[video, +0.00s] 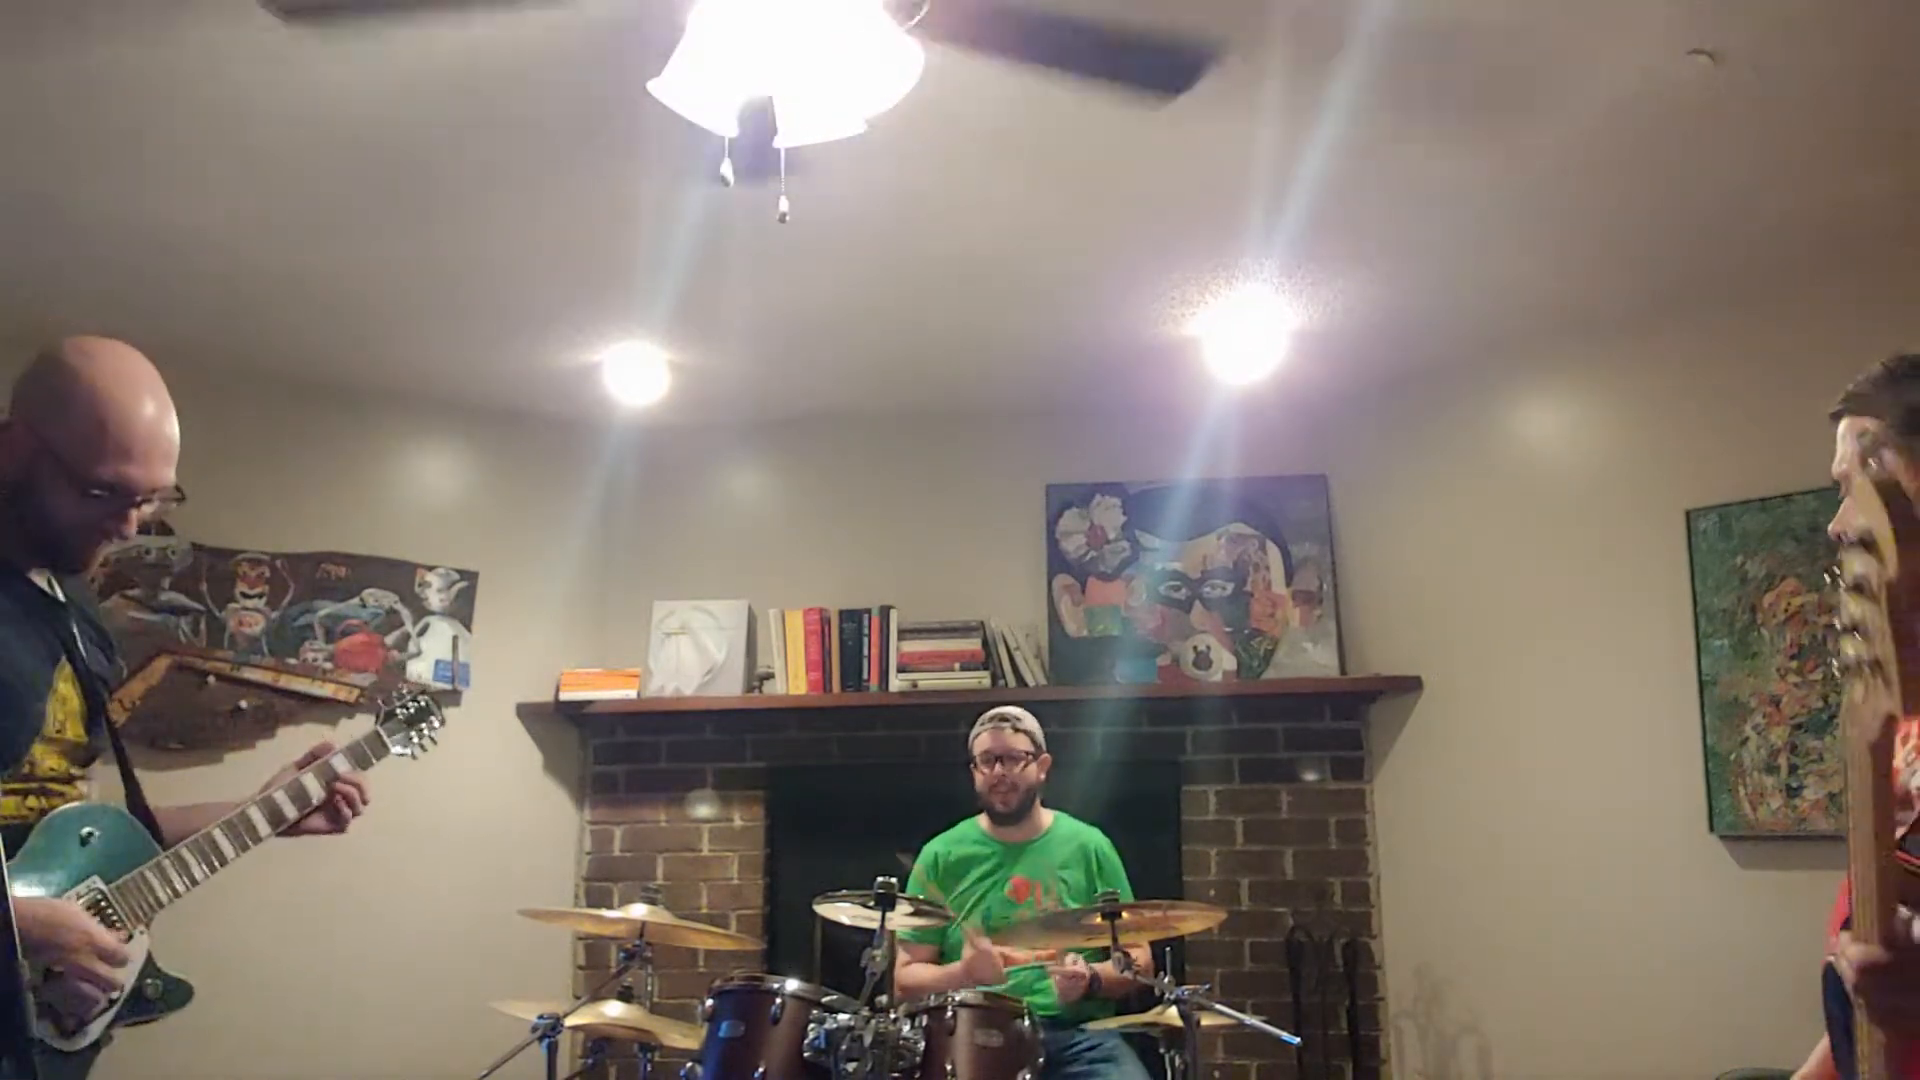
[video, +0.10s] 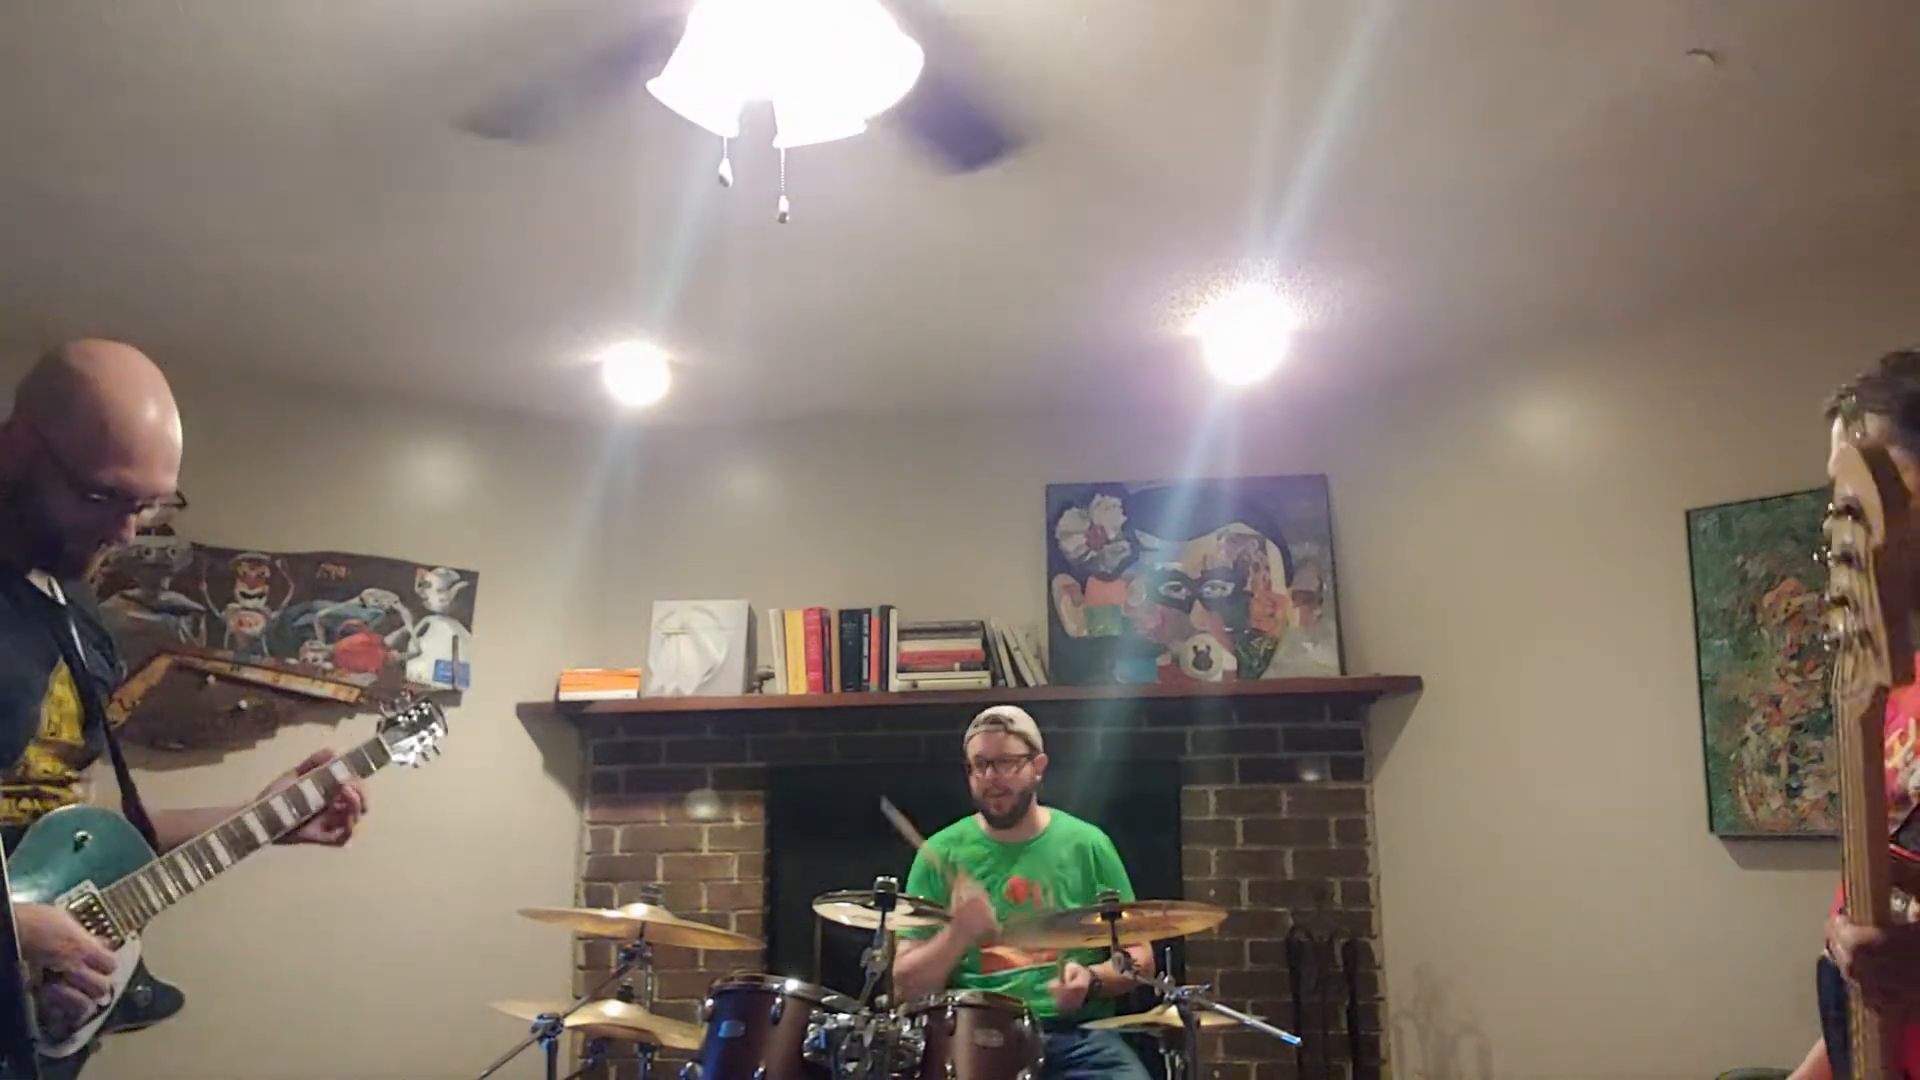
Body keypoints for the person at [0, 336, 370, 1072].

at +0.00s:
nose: (128, 526)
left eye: (151, 501)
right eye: (103, 494)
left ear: (169, 477)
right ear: (20, 450)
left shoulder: (67, 622)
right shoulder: (17, 614)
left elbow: (61, 831)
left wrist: (257, 813)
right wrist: (21, 923)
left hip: (47, 1037)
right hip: (10, 1042)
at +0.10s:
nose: (127, 533)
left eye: (151, 507)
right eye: (105, 498)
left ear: (170, 481)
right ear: (21, 450)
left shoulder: (67, 613)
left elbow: (73, 830)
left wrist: (263, 815)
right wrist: (13, 925)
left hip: (41, 1037)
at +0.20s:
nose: (127, 534)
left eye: (150, 508)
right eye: (106, 500)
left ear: (170, 480)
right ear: (19, 450)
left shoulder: (62, 612)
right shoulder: (17, 614)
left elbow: (76, 827)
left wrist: (260, 821)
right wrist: (12, 934)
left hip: (42, 1032)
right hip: (5, 1038)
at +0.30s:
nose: (127, 531)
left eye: (150, 504)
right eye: (105, 497)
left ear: (169, 475)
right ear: (15, 447)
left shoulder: (55, 603)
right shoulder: (15, 613)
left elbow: (56, 829)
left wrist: (255, 821)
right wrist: (10, 944)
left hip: (30, 1036)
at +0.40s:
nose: (133, 528)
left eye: (153, 501)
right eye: (109, 493)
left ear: (172, 475)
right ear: (19, 443)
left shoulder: (53, 610)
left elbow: (35, 828)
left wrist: (240, 826)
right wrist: (12, 952)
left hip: (24, 1036)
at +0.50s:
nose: (147, 533)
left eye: (169, 504)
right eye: (123, 497)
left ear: (187, 476)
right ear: (26, 442)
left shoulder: (46, 609)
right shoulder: (20, 614)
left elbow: (27, 820)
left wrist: (227, 833)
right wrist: (14, 974)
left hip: (35, 1038)